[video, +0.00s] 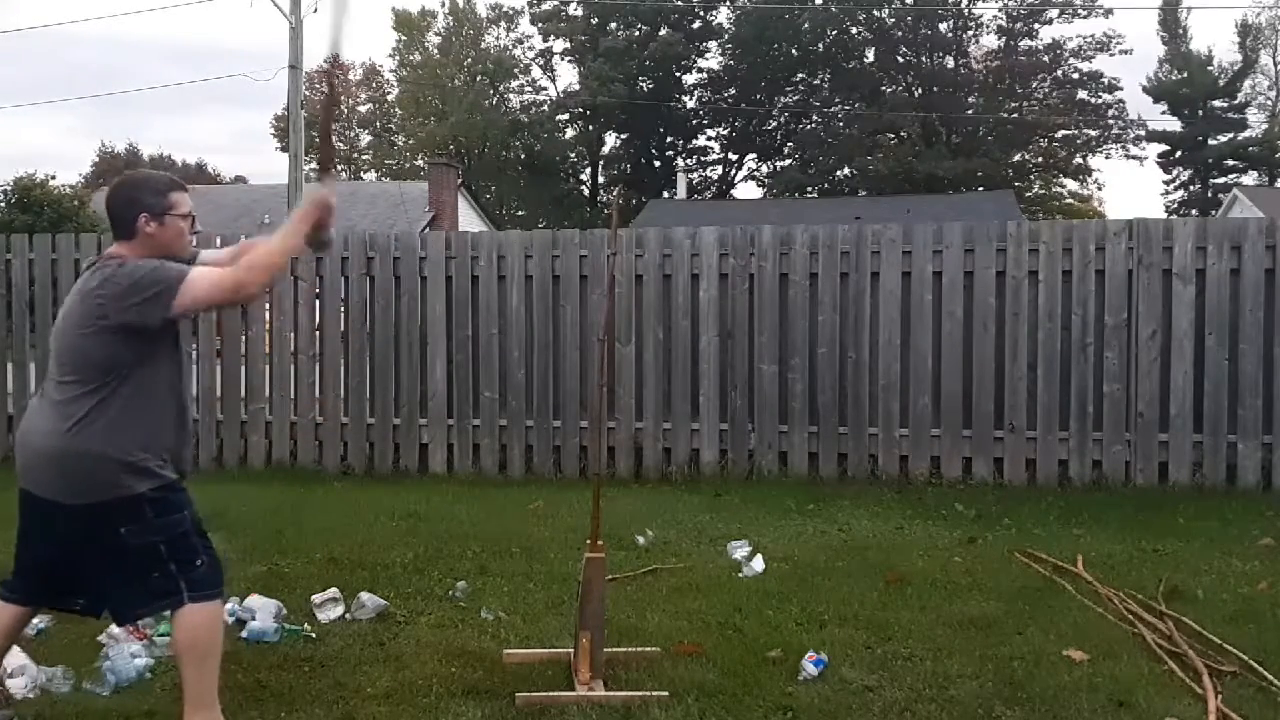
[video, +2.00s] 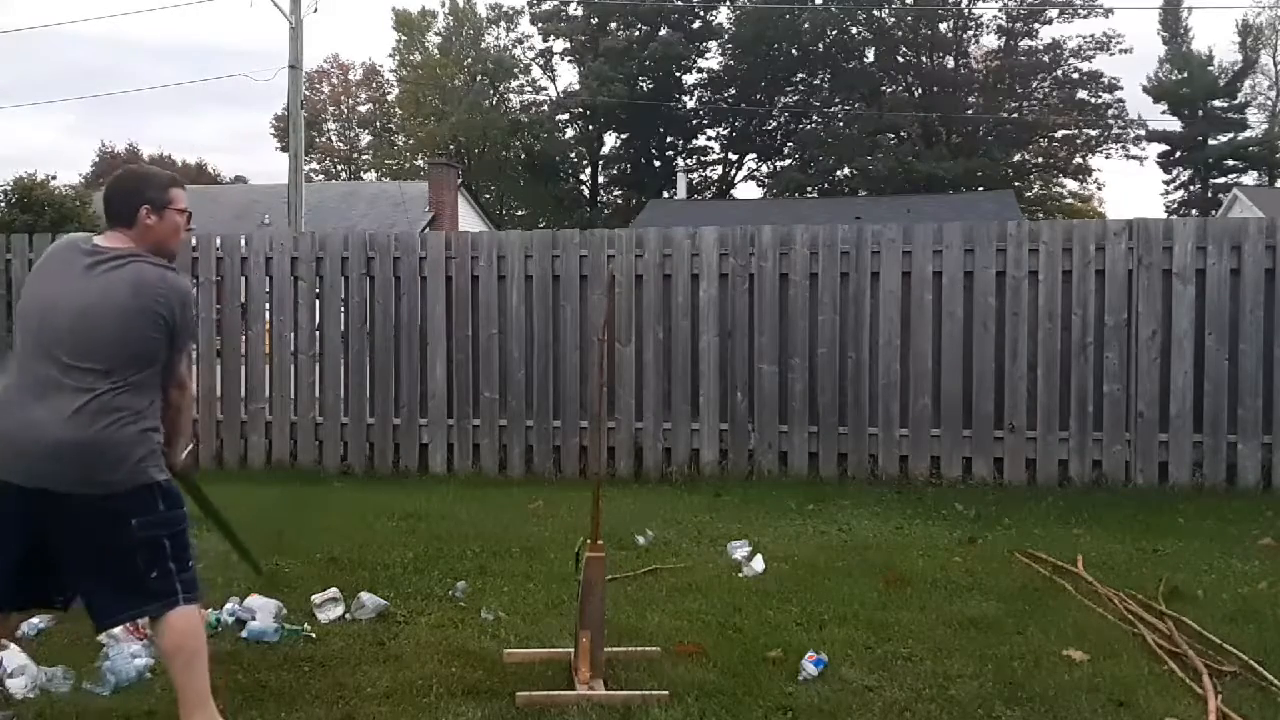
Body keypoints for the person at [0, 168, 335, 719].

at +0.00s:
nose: (194, 227)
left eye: (191, 218)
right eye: (185, 218)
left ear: (142, 225)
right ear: (147, 224)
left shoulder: (106, 273)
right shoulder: (132, 279)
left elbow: (224, 259)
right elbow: (237, 283)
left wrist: (294, 239)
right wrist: (296, 228)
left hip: (48, 461)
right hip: (116, 466)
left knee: (25, 589)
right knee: (199, 585)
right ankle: (203, 712)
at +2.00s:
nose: (188, 225)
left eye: (188, 214)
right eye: (181, 214)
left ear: (128, 218)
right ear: (146, 216)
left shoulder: (55, 254)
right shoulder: (172, 288)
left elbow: (38, 352)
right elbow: (178, 386)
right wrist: (173, 455)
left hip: (16, 455)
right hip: (114, 461)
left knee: (8, 598)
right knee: (174, 593)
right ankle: (200, 711)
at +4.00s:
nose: (160, 251)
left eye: (158, 238)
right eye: (151, 240)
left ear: (116, 245)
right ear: (117, 245)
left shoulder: (119, 298)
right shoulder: (80, 296)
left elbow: (194, 245)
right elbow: (158, 252)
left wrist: (205, 182)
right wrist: (164, 161)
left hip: (44, 485)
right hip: (96, 484)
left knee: (17, 607)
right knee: (203, 582)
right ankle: (205, 712)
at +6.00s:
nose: (161, 245)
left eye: (160, 234)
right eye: (152, 234)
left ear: (111, 240)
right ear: (113, 239)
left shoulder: (78, 287)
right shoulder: (103, 305)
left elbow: (190, 327)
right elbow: (194, 367)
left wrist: (273, 339)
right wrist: (285, 344)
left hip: (23, 490)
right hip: (95, 488)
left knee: (10, 610)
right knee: (185, 590)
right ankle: (204, 711)